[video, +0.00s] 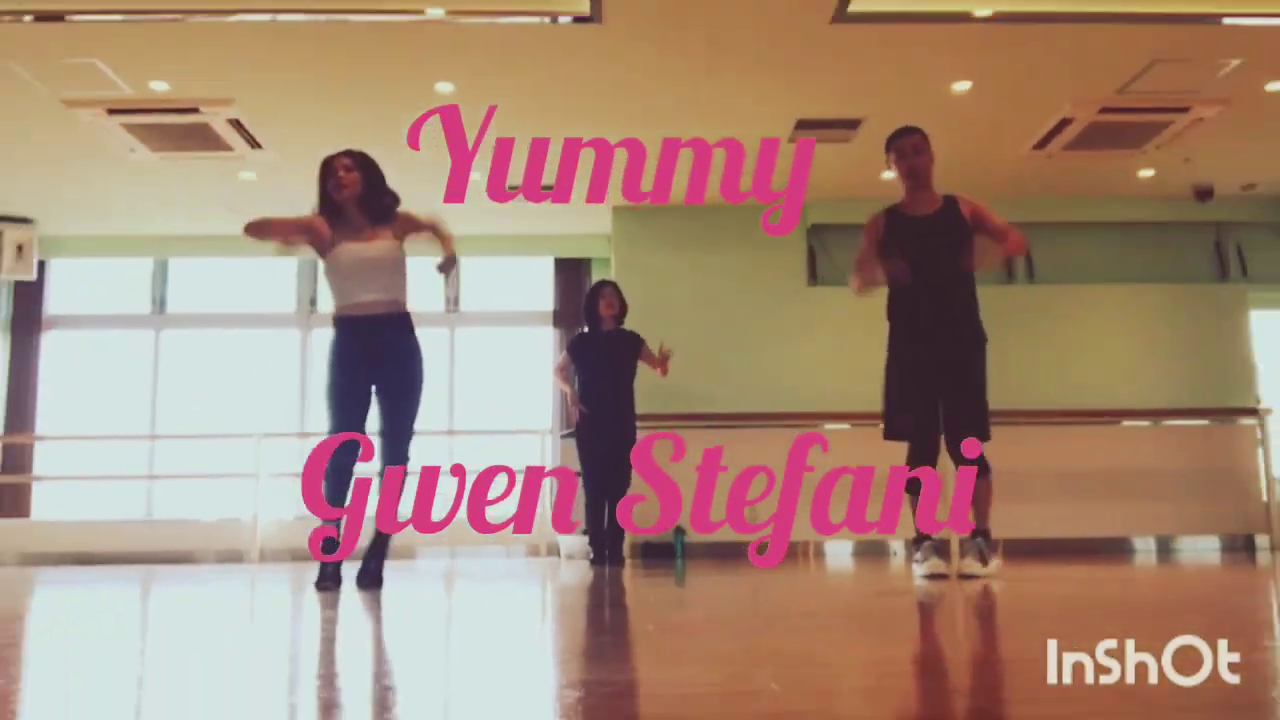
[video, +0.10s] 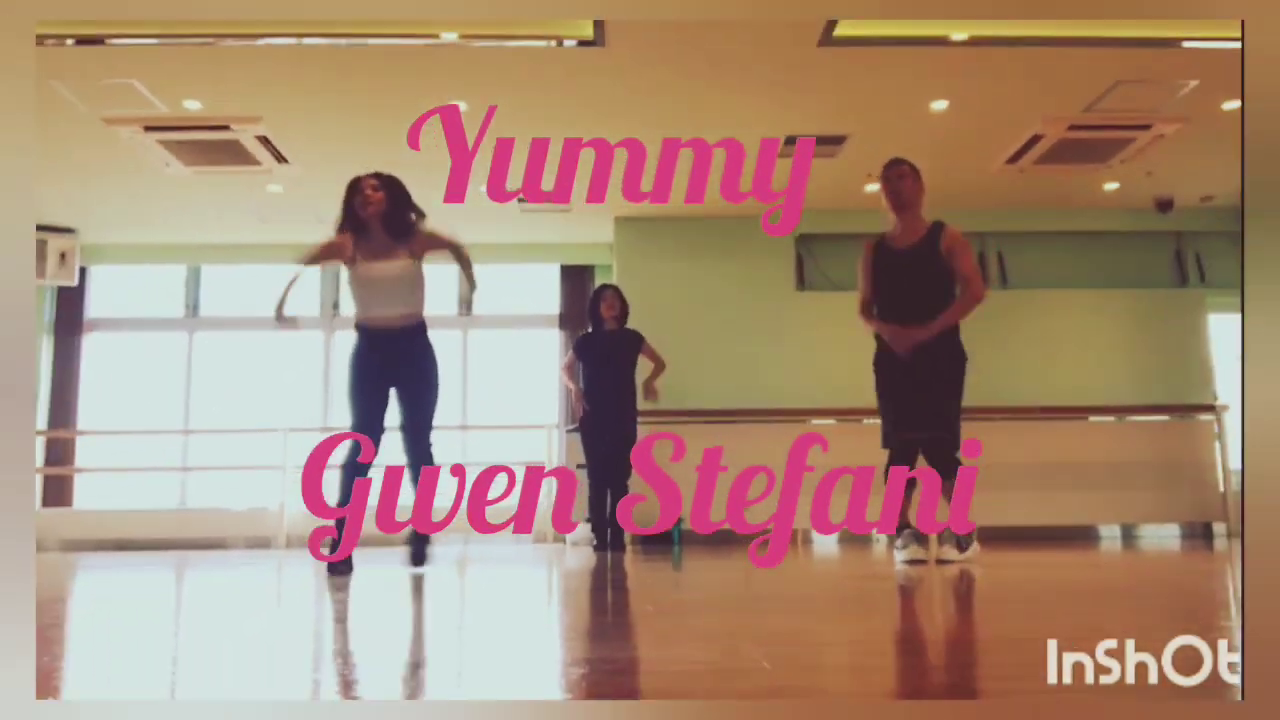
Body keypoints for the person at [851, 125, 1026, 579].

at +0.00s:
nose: (913, 161)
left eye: (919, 152)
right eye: (904, 155)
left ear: (932, 157)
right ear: (891, 164)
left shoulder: (962, 209)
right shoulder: (883, 223)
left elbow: (1016, 241)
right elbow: (861, 279)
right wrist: (884, 268)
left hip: (961, 342)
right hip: (911, 347)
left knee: (968, 444)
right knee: (921, 446)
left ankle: (979, 538)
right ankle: (926, 542)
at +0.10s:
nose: (897, 186)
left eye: (903, 177)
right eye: (890, 180)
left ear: (920, 186)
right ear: (884, 193)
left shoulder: (946, 238)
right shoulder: (875, 249)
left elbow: (976, 290)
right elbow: (865, 307)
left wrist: (927, 332)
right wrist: (887, 331)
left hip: (939, 354)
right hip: (893, 357)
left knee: (941, 445)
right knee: (900, 447)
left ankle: (959, 528)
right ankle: (906, 532)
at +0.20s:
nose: (893, 195)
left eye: (901, 188)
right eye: (888, 189)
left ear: (916, 194)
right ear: (879, 195)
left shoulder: (930, 235)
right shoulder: (876, 248)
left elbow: (930, 284)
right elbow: (857, 292)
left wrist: (887, 311)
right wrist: (854, 308)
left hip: (931, 352)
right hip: (890, 354)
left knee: (921, 440)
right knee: (888, 442)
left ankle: (945, 521)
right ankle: (893, 525)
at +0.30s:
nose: (896, 161)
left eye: (905, 155)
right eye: (891, 154)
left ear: (918, 166)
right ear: (881, 164)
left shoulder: (927, 199)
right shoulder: (874, 210)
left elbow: (908, 206)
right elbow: (834, 238)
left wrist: (856, 213)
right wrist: (825, 211)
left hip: (933, 323)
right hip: (891, 327)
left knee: (935, 410)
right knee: (894, 417)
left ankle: (946, 498)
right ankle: (896, 504)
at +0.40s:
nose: (894, 145)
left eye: (905, 141)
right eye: (893, 141)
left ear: (924, 156)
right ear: (890, 157)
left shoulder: (923, 189)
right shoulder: (881, 196)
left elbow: (902, 133)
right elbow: (840, 175)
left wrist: (855, 108)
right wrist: (836, 124)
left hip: (927, 308)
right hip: (893, 312)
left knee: (938, 391)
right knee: (902, 403)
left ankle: (967, 470)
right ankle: (943, 472)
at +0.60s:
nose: (919, 177)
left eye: (928, 172)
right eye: (918, 171)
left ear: (935, 185)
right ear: (905, 183)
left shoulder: (927, 211)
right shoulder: (897, 212)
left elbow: (927, 156)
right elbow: (892, 162)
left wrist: (922, 111)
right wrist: (902, 117)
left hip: (936, 326)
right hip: (910, 331)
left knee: (957, 417)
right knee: (951, 419)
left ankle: (999, 495)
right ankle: (998, 495)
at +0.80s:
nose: (902, 180)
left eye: (910, 173)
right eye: (902, 174)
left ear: (931, 178)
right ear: (911, 184)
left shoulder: (942, 214)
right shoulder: (913, 225)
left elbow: (917, 165)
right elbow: (881, 204)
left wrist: (873, 138)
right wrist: (856, 172)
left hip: (948, 346)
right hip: (924, 349)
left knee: (962, 436)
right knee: (913, 441)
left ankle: (1021, 515)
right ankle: (992, 496)